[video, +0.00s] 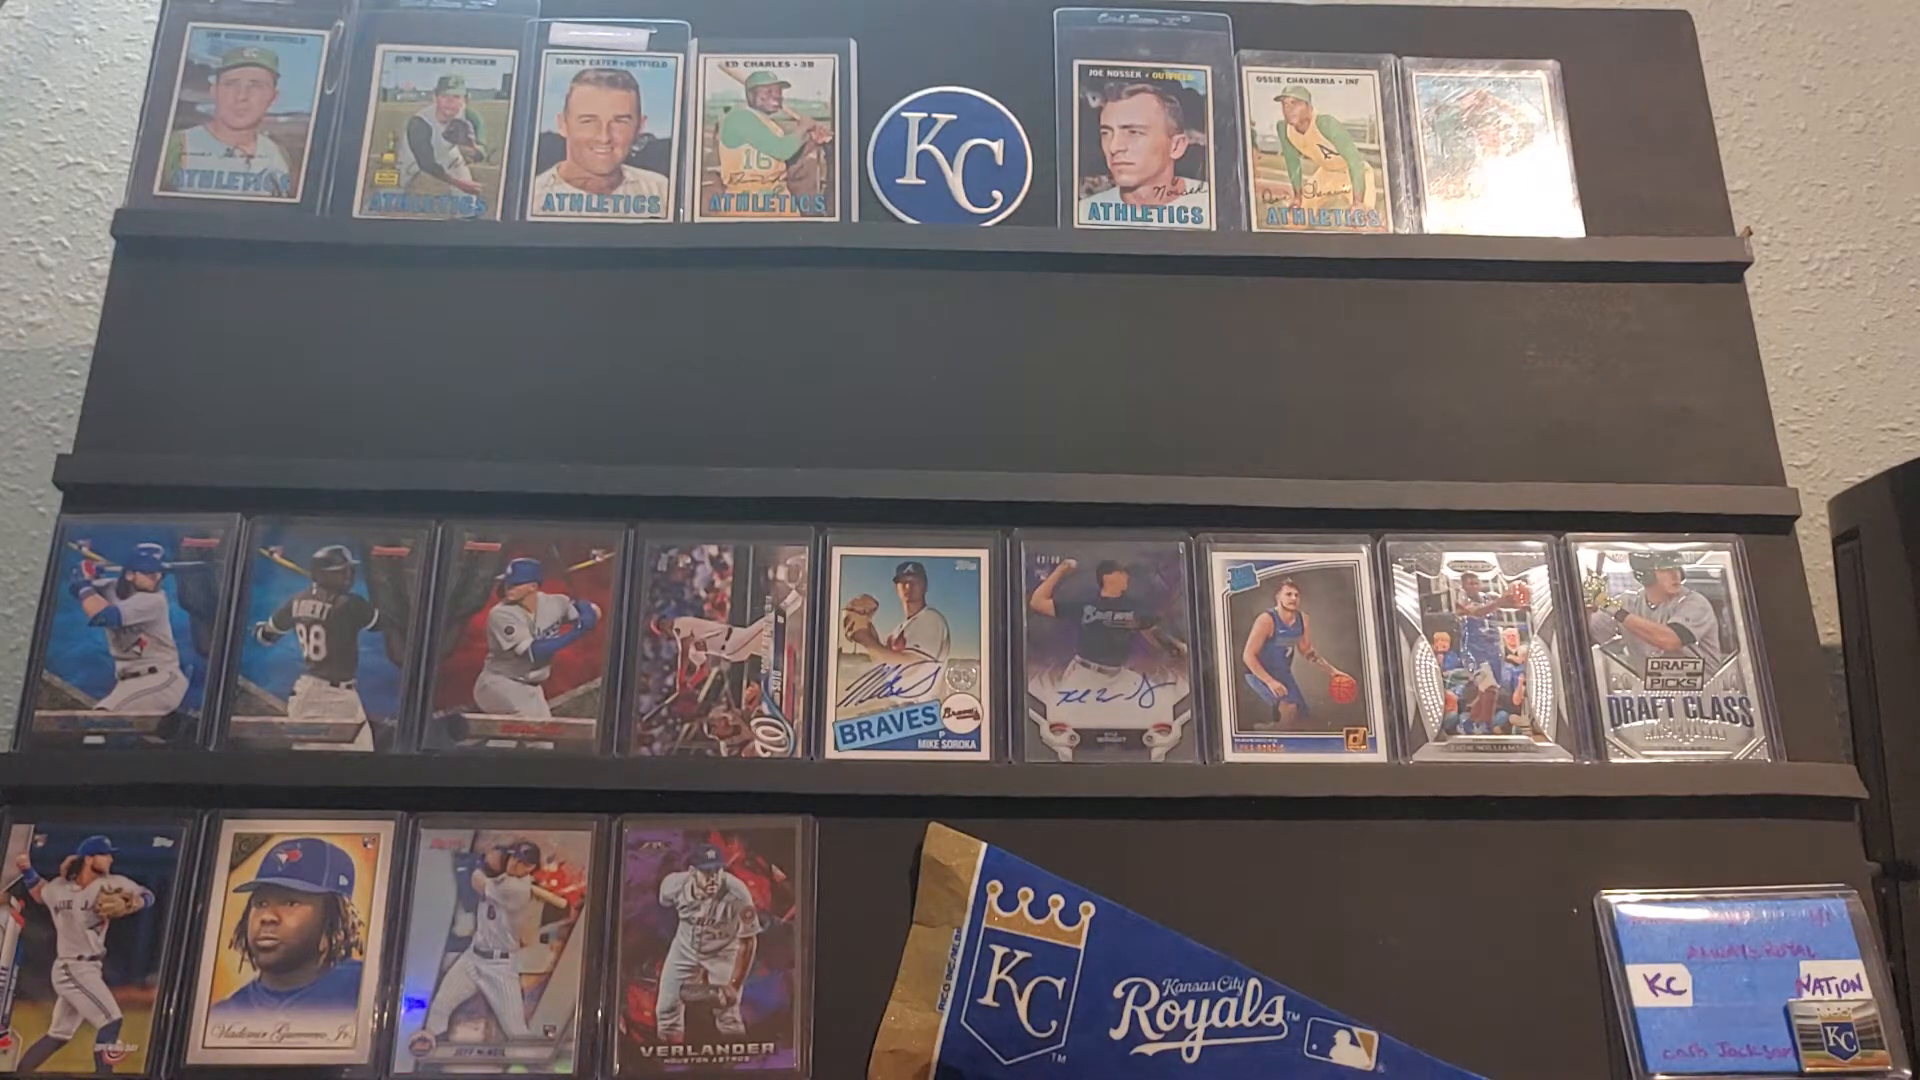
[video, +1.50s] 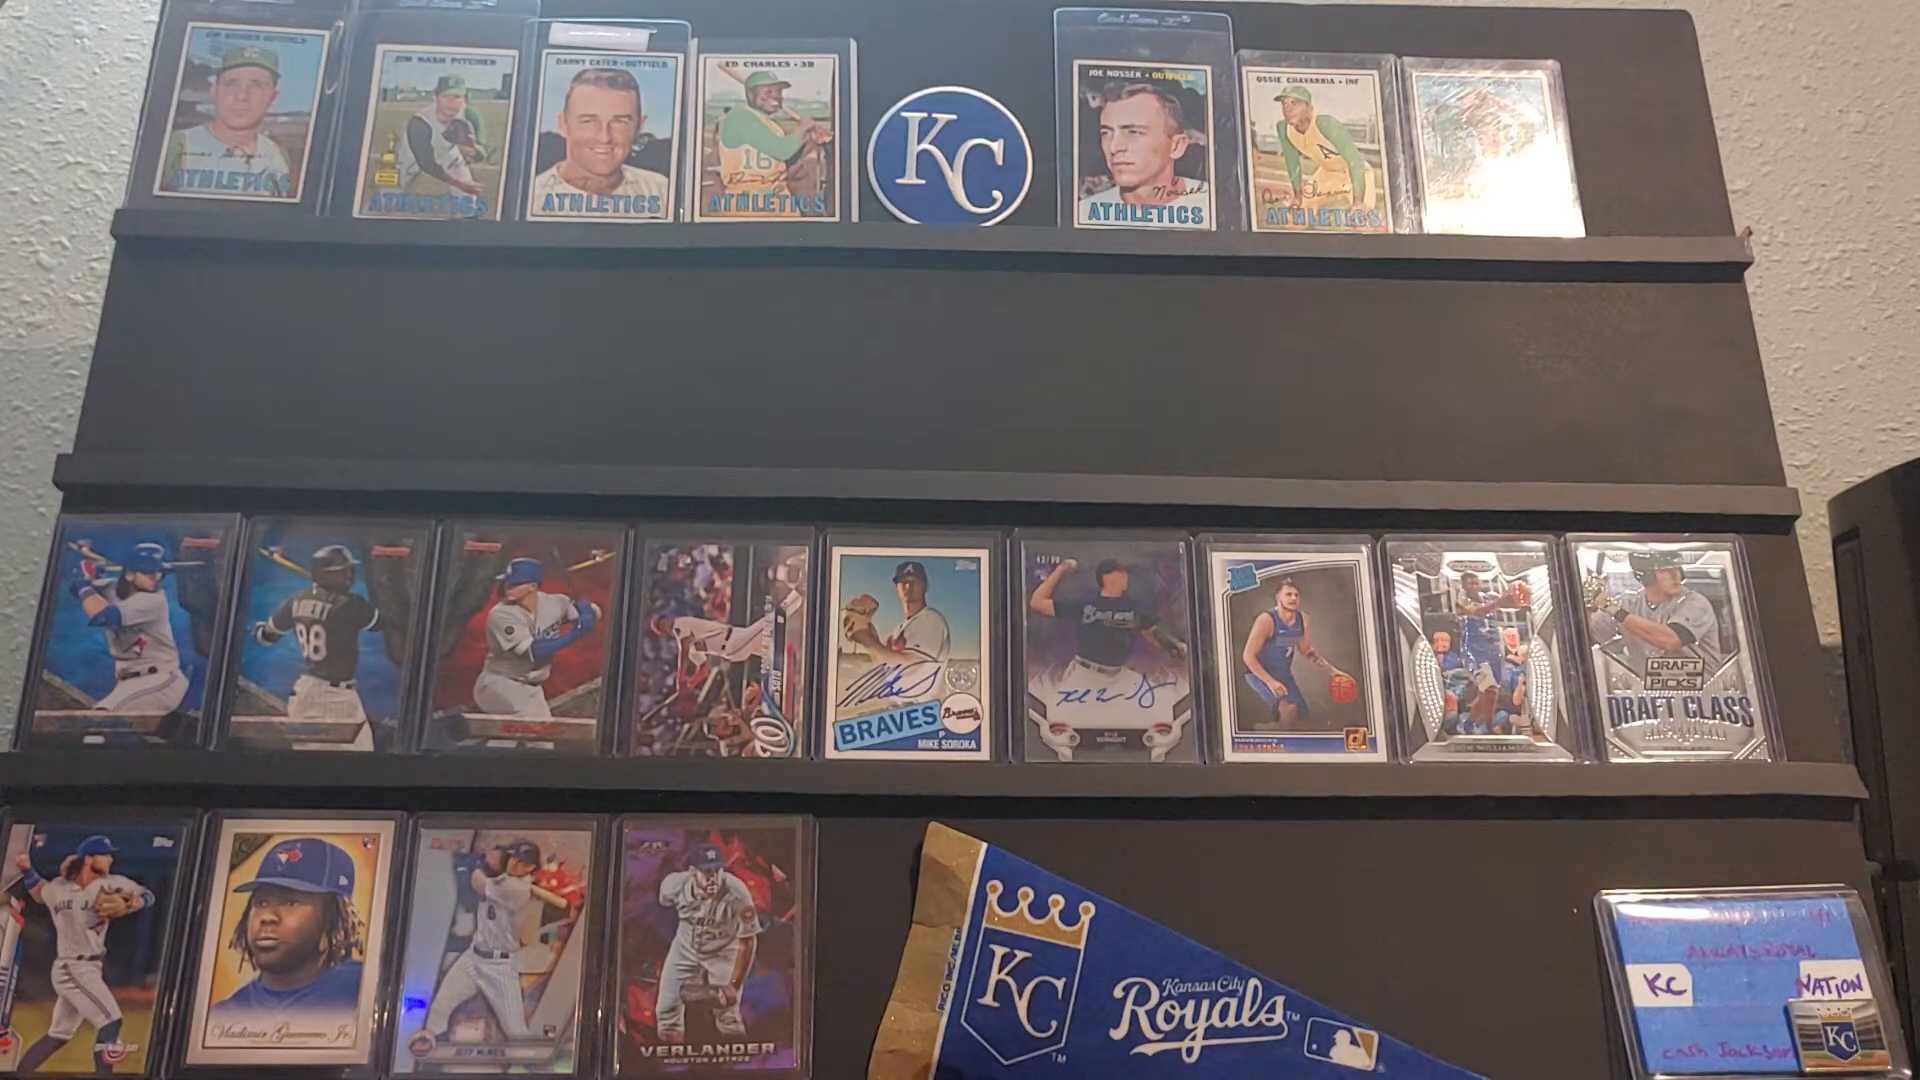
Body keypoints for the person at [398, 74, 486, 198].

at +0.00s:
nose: (450, 101)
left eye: (456, 97)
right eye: (445, 96)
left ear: (464, 100)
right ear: (436, 98)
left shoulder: (470, 117)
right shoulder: (419, 123)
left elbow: (481, 153)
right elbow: (427, 165)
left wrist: (469, 149)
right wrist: (461, 185)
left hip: (454, 164)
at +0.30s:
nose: (451, 102)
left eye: (457, 97)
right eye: (446, 96)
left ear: (465, 100)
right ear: (436, 98)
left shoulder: (469, 116)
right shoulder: (419, 123)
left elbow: (481, 154)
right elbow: (427, 165)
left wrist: (470, 150)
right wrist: (461, 185)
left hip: (453, 163)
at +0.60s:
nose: (451, 102)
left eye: (457, 97)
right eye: (446, 96)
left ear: (464, 100)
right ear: (436, 98)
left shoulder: (469, 115)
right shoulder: (419, 123)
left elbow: (480, 154)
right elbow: (427, 165)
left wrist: (469, 149)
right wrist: (461, 185)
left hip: (454, 165)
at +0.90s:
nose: (451, 102)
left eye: (457, 97)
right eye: (446, 96)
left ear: (464, 100)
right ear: (436, 98)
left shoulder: (469, 115)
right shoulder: (419, 123)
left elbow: (481, 154)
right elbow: (427, 165)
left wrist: (469, 149)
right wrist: (461, 185)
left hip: (454, 165)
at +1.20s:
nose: (451, 102)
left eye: (457, 97)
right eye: (446, 96)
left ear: (464, 100)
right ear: (436, 98)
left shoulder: (469, 115)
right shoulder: (419, 123)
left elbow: (481, 154)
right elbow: (427, 165)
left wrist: (469, 150)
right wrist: (461, 185)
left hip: (454, 164)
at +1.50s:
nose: (451, 102)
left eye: (457, 97)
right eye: (446, 96)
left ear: (464, 100)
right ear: (436, 98)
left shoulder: (470, 115)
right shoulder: (419, 123)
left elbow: (480, 154)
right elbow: (427, 165)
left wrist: (469, 150)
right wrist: (461, 185)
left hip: (454, 165)